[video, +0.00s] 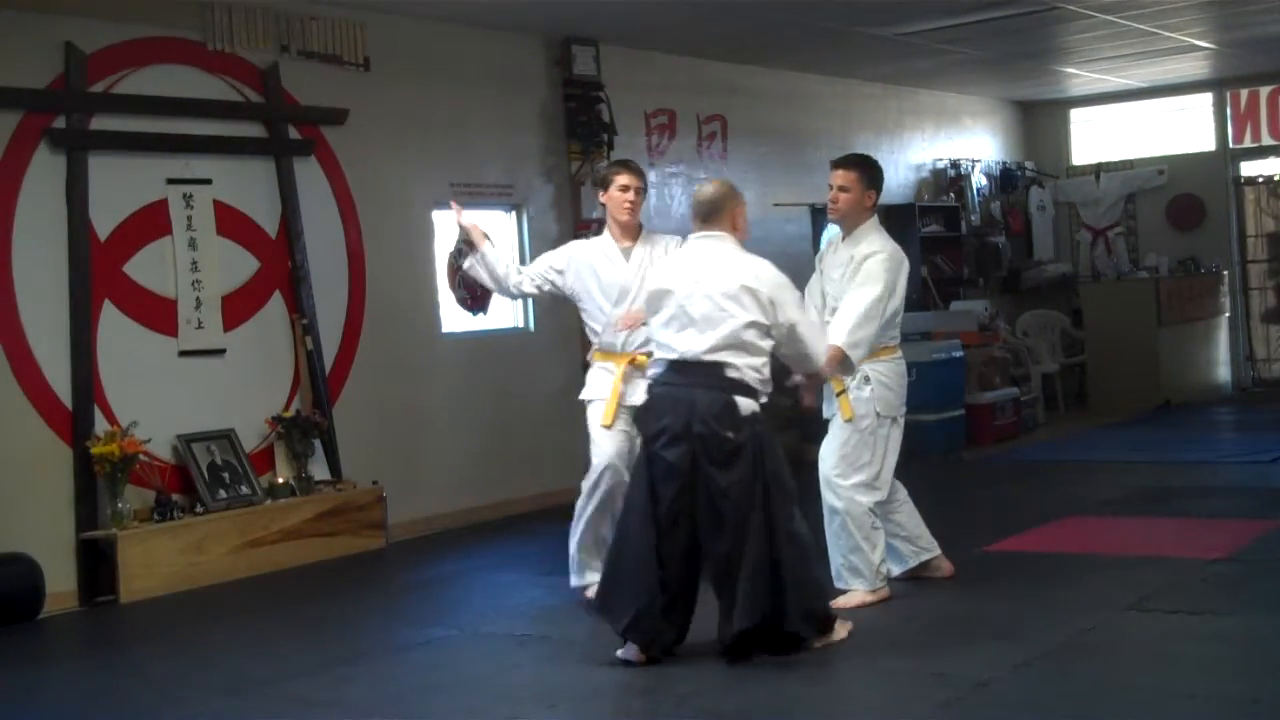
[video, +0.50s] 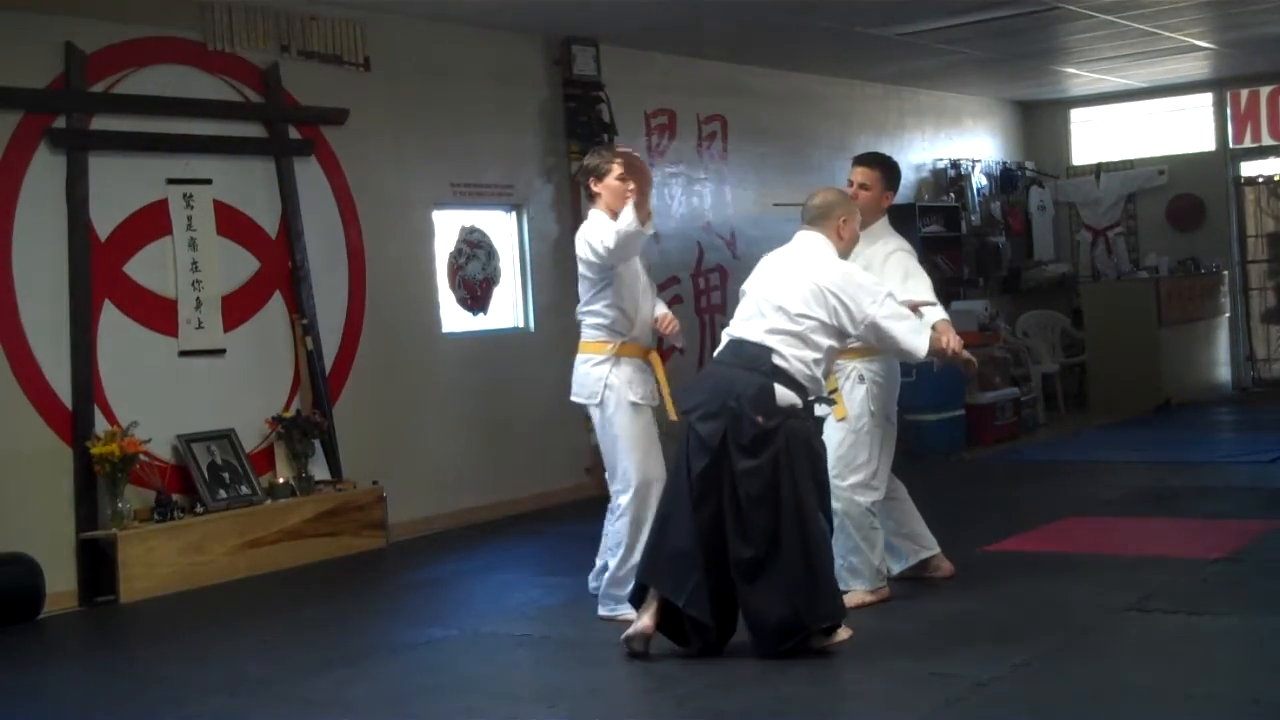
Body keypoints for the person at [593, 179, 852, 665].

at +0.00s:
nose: (747, 221)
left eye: (743, 213)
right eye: (745, 214)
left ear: (695, 220)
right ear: (738, 218)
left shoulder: (663, 266)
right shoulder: (759, 274)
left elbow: (634, 321)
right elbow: (810, 351)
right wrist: (812, 375)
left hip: (665, 400)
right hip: (730, 403)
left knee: (661, 519)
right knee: (760, 516)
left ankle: (643, 637)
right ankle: (808, 623)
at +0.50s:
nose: (856, 236)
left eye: (855, 228)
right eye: (856, 228)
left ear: (808, 223)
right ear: (844, 227)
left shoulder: (771, 261)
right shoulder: (845, 277)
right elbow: (910, 336)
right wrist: (941, 346)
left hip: (714, 381)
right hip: (774, 393)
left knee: (693, 502)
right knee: (802, 513)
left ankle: (650, 612)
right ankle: (815, 624)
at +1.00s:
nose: (847, 232)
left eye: (846, 224)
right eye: (845, 224)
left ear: (792, 221)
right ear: (831, 224)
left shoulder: (755, 259)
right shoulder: (837, 275)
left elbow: (736, 307)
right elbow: (895, 334)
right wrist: (930, 358)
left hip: (714, 378)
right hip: (777, 388)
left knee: (697, 501)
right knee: (797, 513)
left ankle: (674, 609)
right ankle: (811, 625)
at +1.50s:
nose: (738, 221)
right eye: (737, 214)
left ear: (685, 219)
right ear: (733, 216)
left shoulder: (650, 276)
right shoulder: (761, 273)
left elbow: (631, 360)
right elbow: (791, 354)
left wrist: (673, 372)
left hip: (668, 410)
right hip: (737, 409)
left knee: (675, 526)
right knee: (755, 519)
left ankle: (683, 644)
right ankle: (792, 625)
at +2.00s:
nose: (700, 211)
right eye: (697, 204)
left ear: (645, 214)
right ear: (692, 208)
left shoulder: (629, 263)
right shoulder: (732, 260)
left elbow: (605, 346)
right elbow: (766, 333)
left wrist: (607, 427)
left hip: (659, 405)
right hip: (727, 401)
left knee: (664, 526)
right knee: (745, 514)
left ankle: (679, 650)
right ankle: (767, 627)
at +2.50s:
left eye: (695, 210)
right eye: (740, 213)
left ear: (692, 214)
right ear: (740, 215)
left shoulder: (663, 270)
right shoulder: (767, 267)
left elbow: (638, 352)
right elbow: (791, 347)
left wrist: (656, 405)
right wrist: (756, 361)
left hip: (688, 385)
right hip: (750, 384)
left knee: (690, 507)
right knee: (754, 506)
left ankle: (686, 612)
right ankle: (755, 625)